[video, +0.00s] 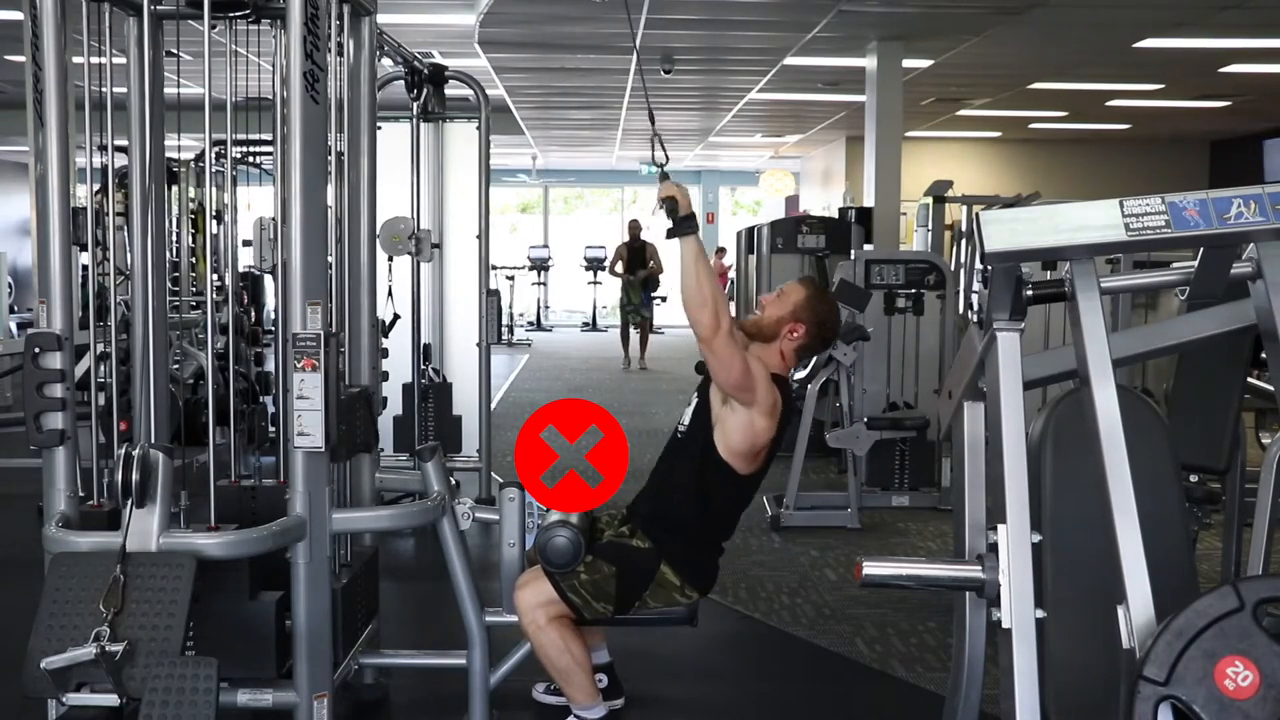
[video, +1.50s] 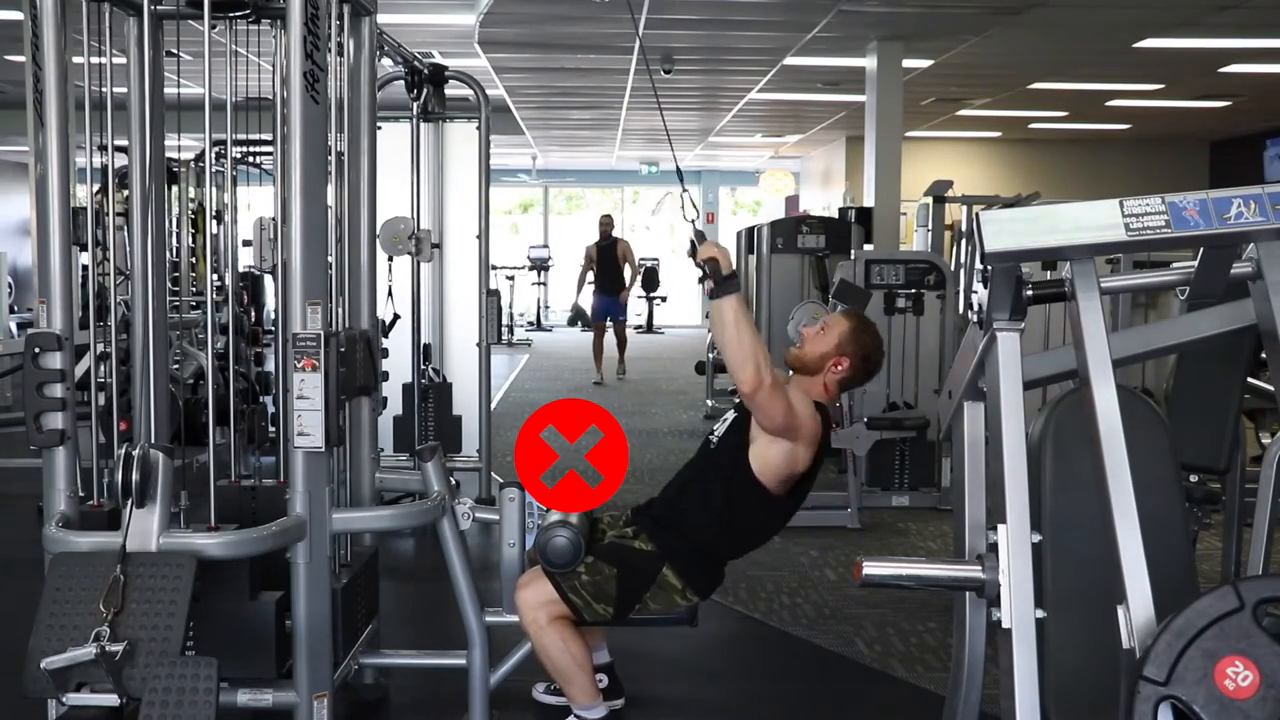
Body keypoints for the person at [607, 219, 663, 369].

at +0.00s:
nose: (634, 232)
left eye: (636, 228)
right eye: (631, 229)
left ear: (641, 229)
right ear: (628, 230)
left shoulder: (649, 248)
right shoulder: (622, 249)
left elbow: (659, 269)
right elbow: (611, 269)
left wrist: (646, 272)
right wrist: (622, 276)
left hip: (644, 290)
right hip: (628, 290)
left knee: (644, 325)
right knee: (625, 325)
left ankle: (642, 358)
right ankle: (626, 356)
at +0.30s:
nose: (625, 232)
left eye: (628, 229)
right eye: (623, 229)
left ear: (633, 230)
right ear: (620, 231)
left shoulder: (643, 248)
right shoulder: (616, 252)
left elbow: (653, 271)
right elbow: (610, 275)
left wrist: (638, 284)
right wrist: (619, 279)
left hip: (641, 291)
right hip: (624, 292)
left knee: (643, 326)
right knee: (624, 327)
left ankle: (642, 354)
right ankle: (626, 361)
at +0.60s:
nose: (623, 229)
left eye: (625, 226)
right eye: (620, 226)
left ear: (631, 228)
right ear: (617, 228)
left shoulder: (640, 246)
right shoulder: (610, 248)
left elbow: (651, 268)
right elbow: (601, 272)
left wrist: (641, 279)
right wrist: (617, 279)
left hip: (635, 289)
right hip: (620, 289)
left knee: (635, 325)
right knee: (622, 327)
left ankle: (634, 361)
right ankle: (626, 362)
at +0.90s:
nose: (622, 230)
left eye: (625, 227)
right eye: (620, 226)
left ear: (630, 229)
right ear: (616, 228)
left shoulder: (638, 248)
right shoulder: (608, 249)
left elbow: (649, 270)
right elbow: (598, 273)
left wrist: (638, 283)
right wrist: (606, 291)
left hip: (629, 294)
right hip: (612, 294)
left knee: (627, 330)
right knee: (615, 333)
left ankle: (624, 365)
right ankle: (625, 361)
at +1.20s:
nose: (616, 227)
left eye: (619, 224)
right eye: (614, 224)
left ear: (625, 226)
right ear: (610, 226)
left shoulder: (633, 246)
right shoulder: (602, 247)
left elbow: (643, 270)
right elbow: (592, 271)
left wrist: (629, 279)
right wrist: (586, 294)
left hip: (626, 295)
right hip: (608, 294)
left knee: (625, 331)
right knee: (603, 330)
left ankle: (622, 367)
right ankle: (604, 367)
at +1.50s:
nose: (604, 228)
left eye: (607, 225)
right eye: (602, 225)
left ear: (613, 226)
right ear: (598, 226)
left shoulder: (622, 245)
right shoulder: (592, 249)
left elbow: (634, 270)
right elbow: (583, 274)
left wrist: (628, 290)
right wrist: (577, 298)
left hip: (618, 296)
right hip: (600, 296)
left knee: (620, 333)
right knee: (598, 334)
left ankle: (621, 361)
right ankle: (598, 372)